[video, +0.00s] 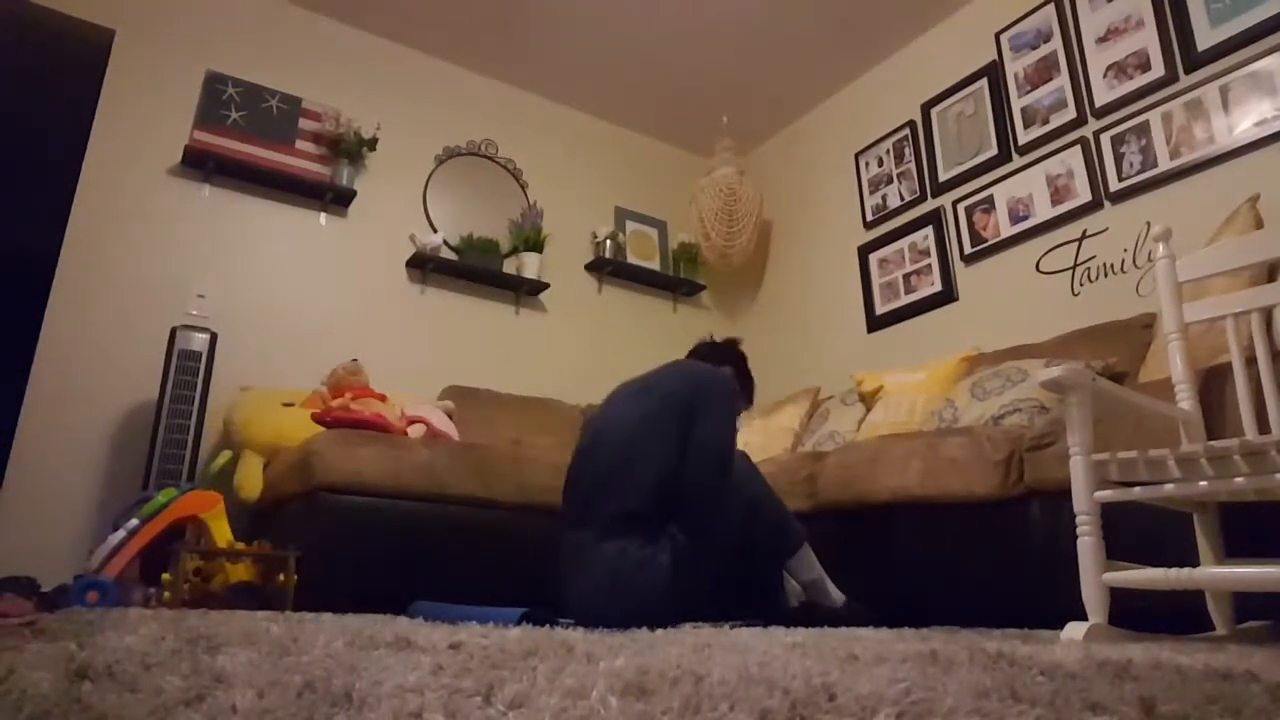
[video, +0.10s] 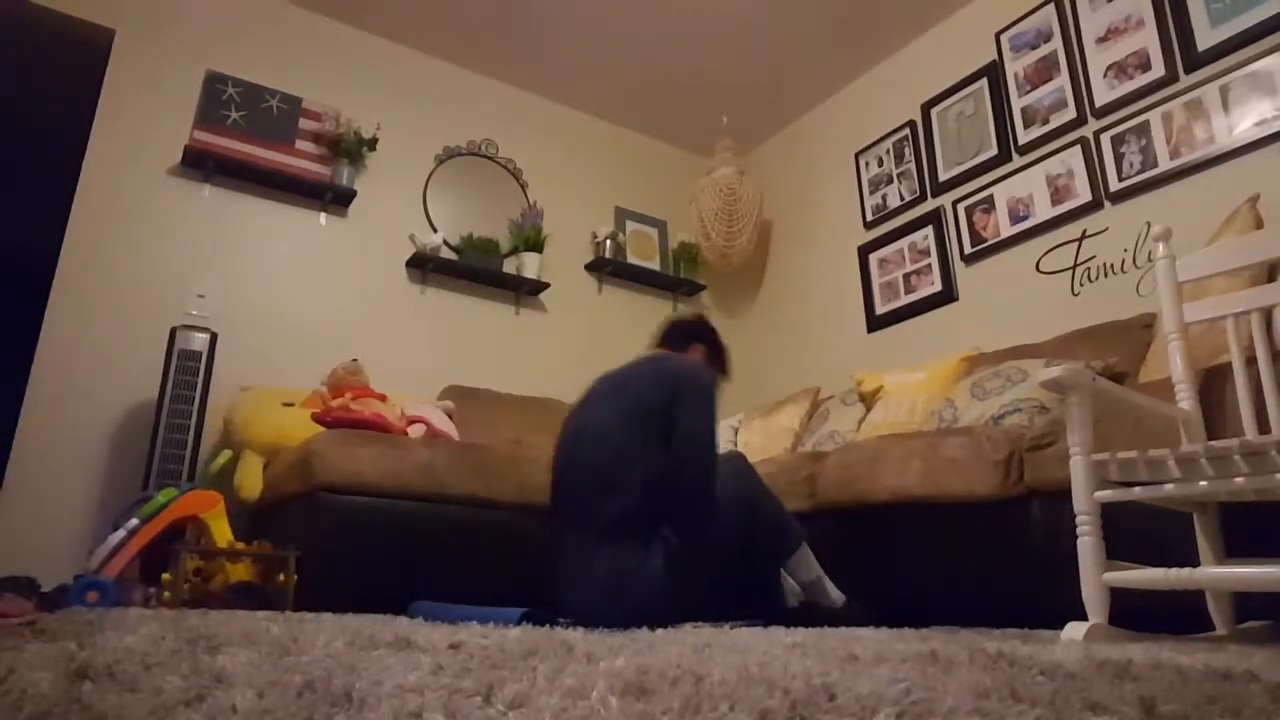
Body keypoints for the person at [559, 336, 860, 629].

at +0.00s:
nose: (736, 415)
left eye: (740, 410)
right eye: (739, 405)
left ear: (691, 360)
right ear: (731, 379)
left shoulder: (627, 393)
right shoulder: (714, 383)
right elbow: (706, 503)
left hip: (584, 584)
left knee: (731, 462)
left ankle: (823, 592)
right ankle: (794, 598)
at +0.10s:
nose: (711, 386)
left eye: (714, 380)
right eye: (712, 377)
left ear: (658, 347)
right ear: (697, 353)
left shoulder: (604, 387)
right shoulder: (687, 375)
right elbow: (695, 492)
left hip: (582, 593)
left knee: (734, 469)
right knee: (736, 487)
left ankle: (821, 592)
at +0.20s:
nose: (673, 367)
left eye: (677, 359)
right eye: (674, 356)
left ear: (614, 333)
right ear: (655, 335)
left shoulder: (563, 383)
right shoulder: (648, 372)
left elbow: (546, 492)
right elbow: (674, 486)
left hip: (568, 590)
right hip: (636, 592)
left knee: (730, 469)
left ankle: (820, 591)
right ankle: (788, 605)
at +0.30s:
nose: (620, 346)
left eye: (622, 334)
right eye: (619, 333)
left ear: (559, 321)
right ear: (595, 320)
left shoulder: (516, 386)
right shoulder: (597, 374)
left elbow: (507, 493)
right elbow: (651, 496)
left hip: (555, 589)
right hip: (623, 592)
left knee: (725, 469)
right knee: (731, 501)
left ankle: (818, 591)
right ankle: (794, 603)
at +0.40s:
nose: (558, 341)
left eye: (558, 327)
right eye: (555, 326)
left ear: (494, 324)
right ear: (531, 321)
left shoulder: (469, 399)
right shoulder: (539, 389)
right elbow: (622, 503)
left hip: (536, 592)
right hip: (593, 594)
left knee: (715, 477)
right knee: (724, 476)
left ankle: (794, 599)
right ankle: (821, 594)